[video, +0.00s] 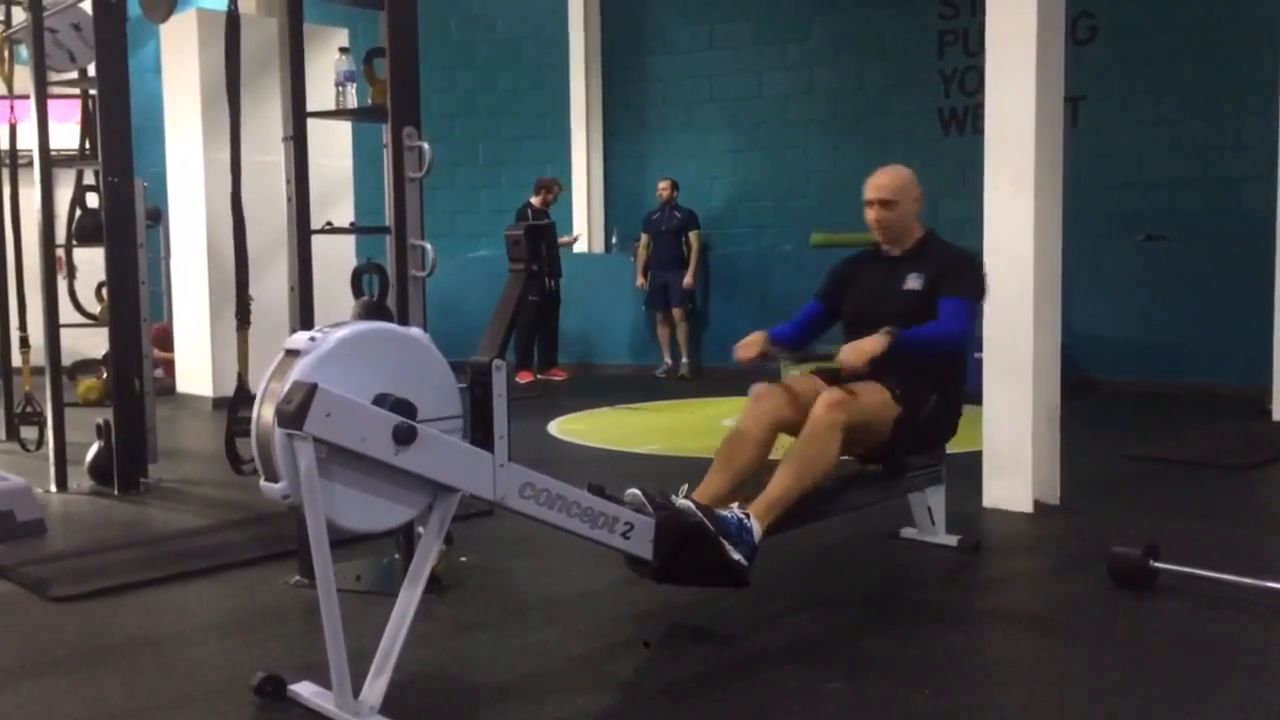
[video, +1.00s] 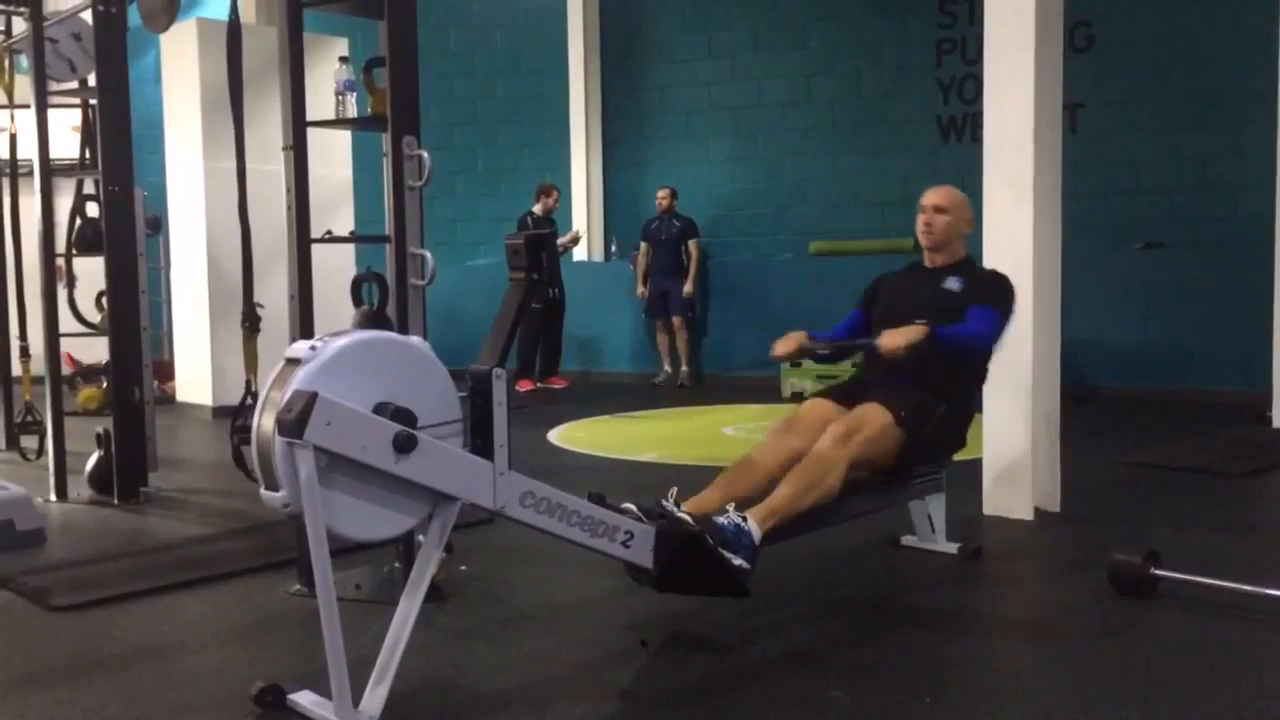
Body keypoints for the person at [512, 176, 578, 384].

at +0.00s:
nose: (555, 200)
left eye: (556, 196)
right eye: (554, 195)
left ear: (545, 194)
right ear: (543, 193)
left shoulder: (545, 214)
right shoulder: (526, 214)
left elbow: (546, 243)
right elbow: (527, 247)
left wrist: (563, 242)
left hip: (551, 278)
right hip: (532, 279)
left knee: (550, 324)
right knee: (527, 325)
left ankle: (548, 366)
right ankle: (523, 368)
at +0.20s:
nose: (554, 201)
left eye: (555, 197)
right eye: (552, 197)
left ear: (545, 196)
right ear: (541, 194)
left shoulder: (545, 217)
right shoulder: (524, 216)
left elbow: (546, 247)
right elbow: (528, 250)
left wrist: (563, 243)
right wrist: (558, 244)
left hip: (550, 281)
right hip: (531, 282)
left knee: (549, 328)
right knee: (527, 328)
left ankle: (547, 368)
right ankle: (523, 371)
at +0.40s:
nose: (553, 202)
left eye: (554, 198)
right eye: (551, 197)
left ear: (546, 198)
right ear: (540, 196)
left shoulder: (546, 219)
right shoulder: (523, 218)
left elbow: (546, 250)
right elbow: (527, 252)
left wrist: (562, 246)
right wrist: (557, 245)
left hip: (550, 283)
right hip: (531, 284)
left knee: (549, 330)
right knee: (526, 331)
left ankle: (547, 370)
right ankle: (523, 373)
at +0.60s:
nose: (553, 203)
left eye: (554, 199)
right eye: (551, 199)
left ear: (546, 199)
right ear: (540, 197)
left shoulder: (547, 221)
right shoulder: (524, 219)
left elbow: (547, 252)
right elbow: (527, 252)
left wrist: (564, 245)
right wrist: (558, 244)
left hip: (551, 285)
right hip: (531, 286)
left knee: (550, 331)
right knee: (527, 333)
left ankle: (548, 372)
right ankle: (523, 375)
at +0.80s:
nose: (554, 204)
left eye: (555, 200)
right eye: (552, 199)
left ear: (546, 199)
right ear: (540, 197)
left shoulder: (548, 222)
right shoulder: (524, 221)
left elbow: (550, 253)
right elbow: (528, 253)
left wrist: (566, 245)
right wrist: (559, 243)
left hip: (552, 284)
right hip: (532, 286)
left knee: (551, 331)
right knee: (528, 332)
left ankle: (548, 373)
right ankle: (523, 376)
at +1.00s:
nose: (557, 205)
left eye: (558, 201)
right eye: (554, 200)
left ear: (548, 200)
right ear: (543, 199)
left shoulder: (550, 223)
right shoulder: (526, 222)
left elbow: (552, 254)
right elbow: (531, 253)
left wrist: (567, 245)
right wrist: (560, 243)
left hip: (554, 284)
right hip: (535, 285)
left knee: (553, 331)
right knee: (530, 333)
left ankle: (549, 374)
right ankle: (524, 377)